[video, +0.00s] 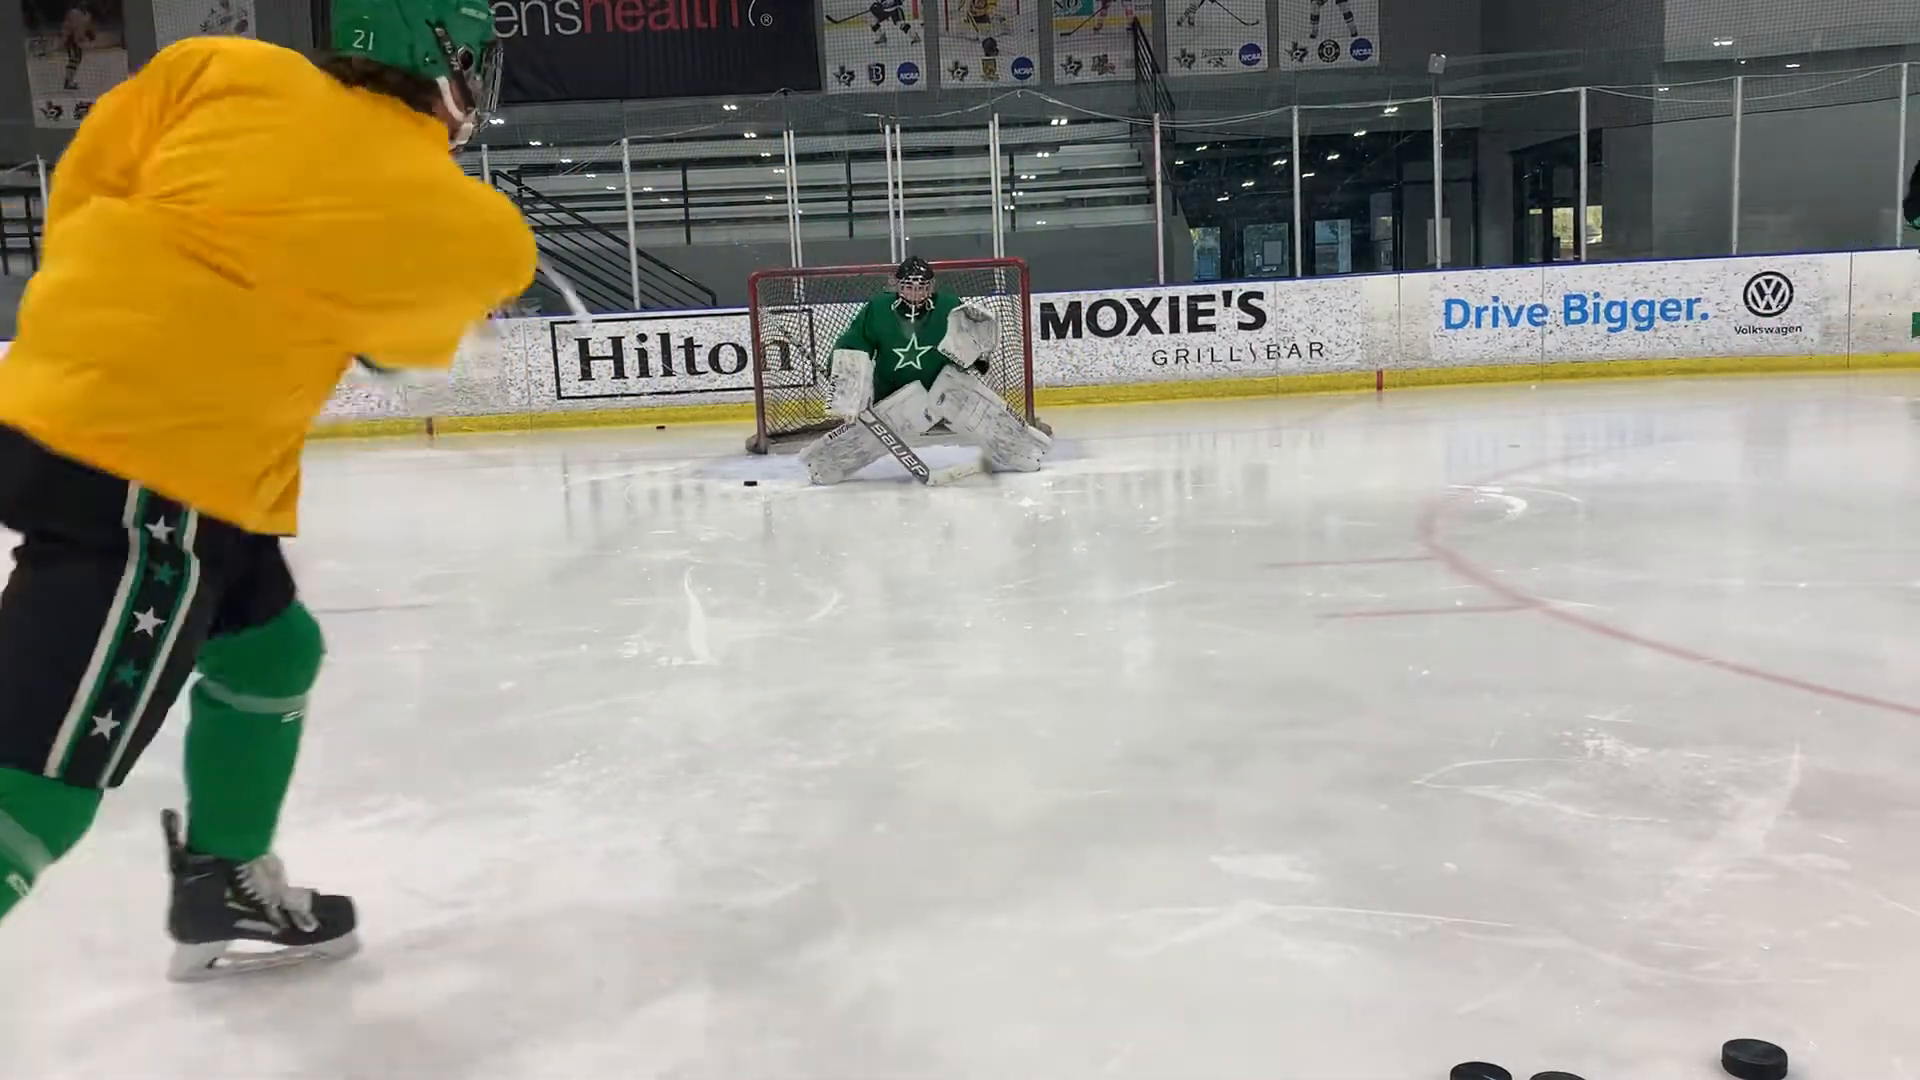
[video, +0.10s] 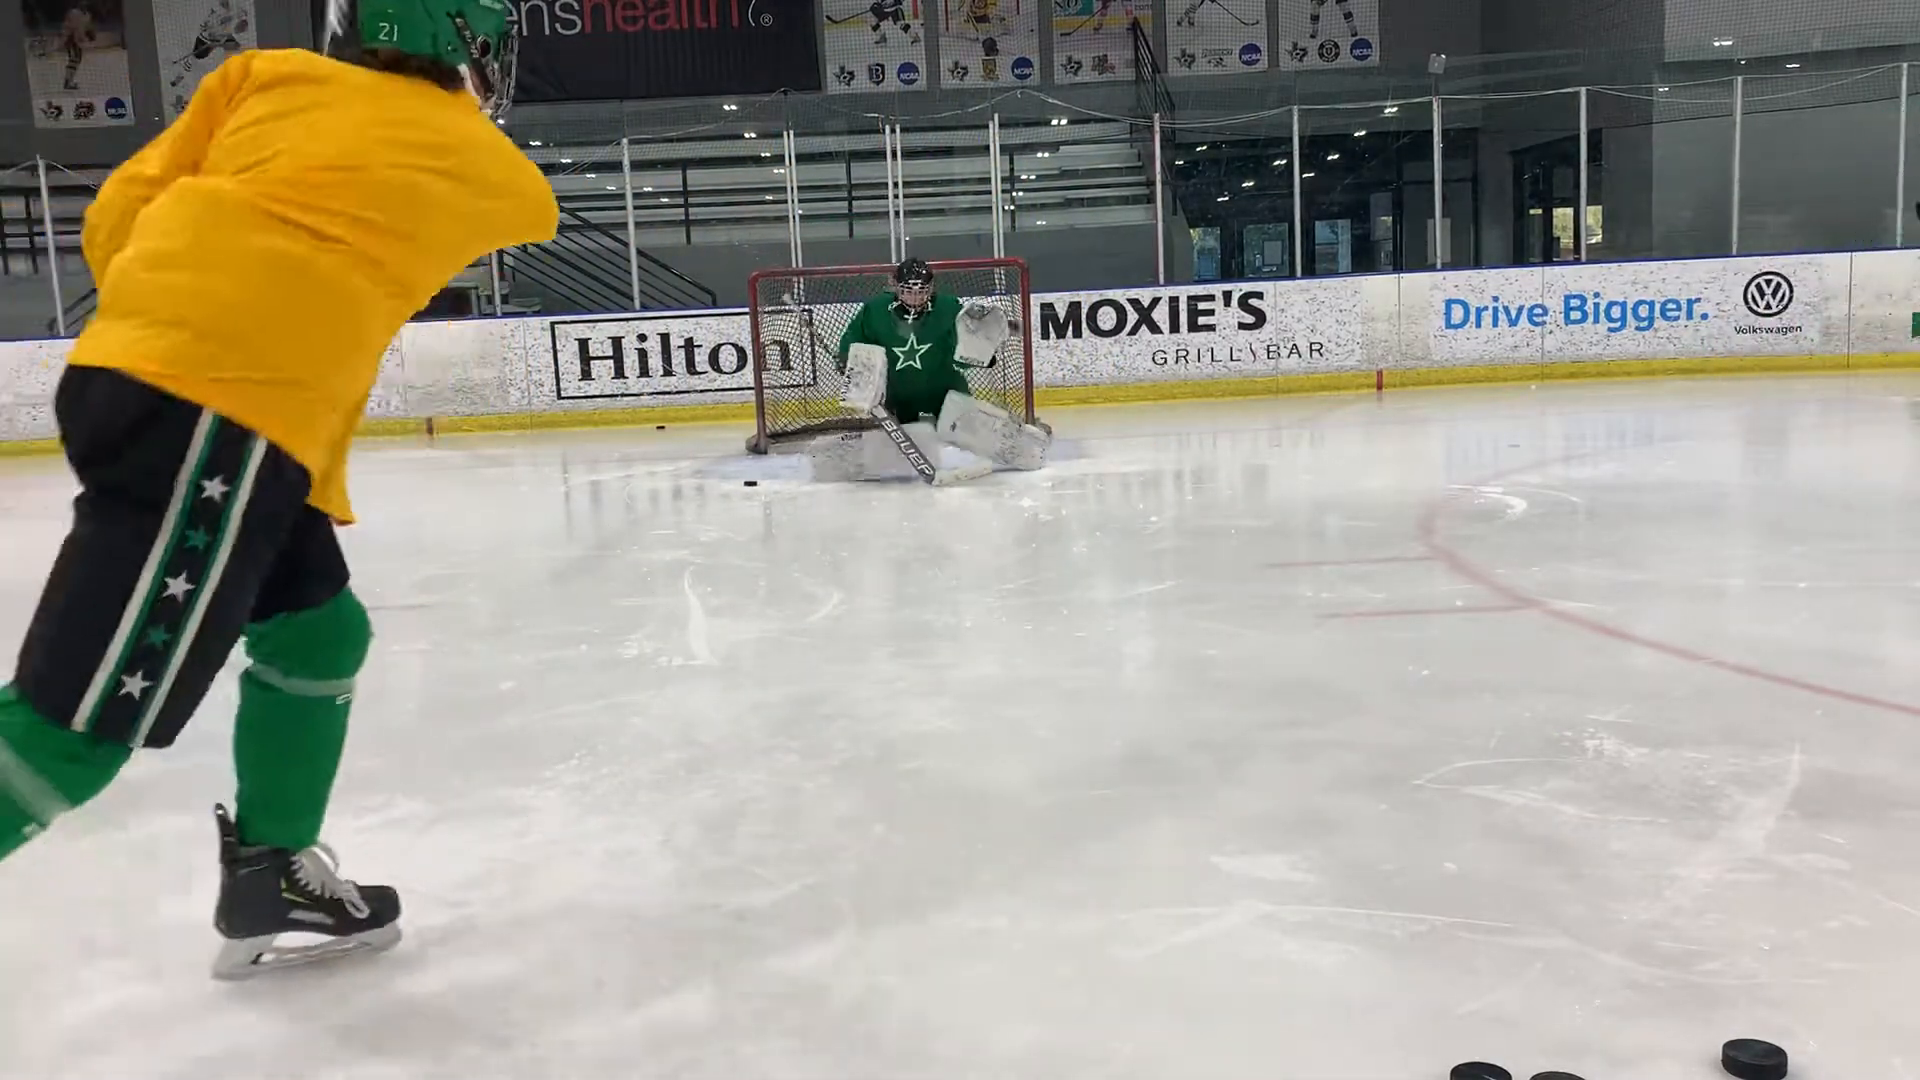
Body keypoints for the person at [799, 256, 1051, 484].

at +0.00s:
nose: (916, 292)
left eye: (921, 286)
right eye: (909, 286)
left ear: (931, 285)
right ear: (898, 286)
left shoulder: (950, 307)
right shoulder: (877, 311)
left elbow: (977, 359)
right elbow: (850, 349)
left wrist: (973, 349)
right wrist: (849, 388)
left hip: (946, 389)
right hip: (895, 399)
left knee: (981, 415)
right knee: (870, 434)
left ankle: (1019, 448)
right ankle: (827, 464)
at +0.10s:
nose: (915, 297)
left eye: (921, 290)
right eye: (909, 290)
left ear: (930, 288)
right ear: (897, 288)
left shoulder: (948, 308)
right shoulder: (874, 312)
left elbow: (977, 357)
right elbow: (847, 348)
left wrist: (985, 331)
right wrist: (862, 370)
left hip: (945, 401)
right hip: (896, 405)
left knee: (984, 430)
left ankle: (1024, 445)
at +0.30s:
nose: (928, 305)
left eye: (932, 298)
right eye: (921, 299)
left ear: (938, 298)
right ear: (904, 300)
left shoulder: (951, 324)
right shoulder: (881, 326)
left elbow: (975, 355)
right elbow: (849, 358)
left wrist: (1010, 340)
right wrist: (853, 390)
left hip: (943, 410)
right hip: (892, 412)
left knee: (975, 444)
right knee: (884, 449)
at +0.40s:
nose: (937, 299)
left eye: (940, 293)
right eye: (929, 294)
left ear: (944, 293)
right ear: (911, 296)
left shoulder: (958, 323)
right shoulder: (885, 325)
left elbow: (978, 356)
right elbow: (850, 357)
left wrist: (1011, 326)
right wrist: (853, 393)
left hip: (951, 424)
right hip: (895, 427)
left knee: (1003, 439)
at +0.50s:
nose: (944, 297)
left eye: (945, 289)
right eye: (936, 291)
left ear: (948, 288)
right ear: (918, 293)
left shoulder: (961, 322)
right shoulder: (889, 323)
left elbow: (983, 356)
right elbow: (853, 360)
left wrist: (1013, 327)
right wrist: (852, 405)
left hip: (954, 426)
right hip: (899, 428)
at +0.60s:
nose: (940, 292)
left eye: (943, 284)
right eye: (933, 285)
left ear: (948, 285)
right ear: (915, 287)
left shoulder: (961, 319)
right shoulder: (890, 319)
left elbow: (976, 360)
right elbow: (852, 360)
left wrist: (1011, 343)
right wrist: (858, 399)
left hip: (954, 425)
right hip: (900, 427)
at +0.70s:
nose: (943, 288)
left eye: (945, 281)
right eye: (936, 282)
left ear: (948, 283)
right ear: (917, 284)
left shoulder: (959, 318)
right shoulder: (890, 317)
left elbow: (979, 361)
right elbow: (854, 359)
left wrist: (1005, 362)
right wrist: (860, 399)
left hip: (955, 423)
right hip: (902, 425)